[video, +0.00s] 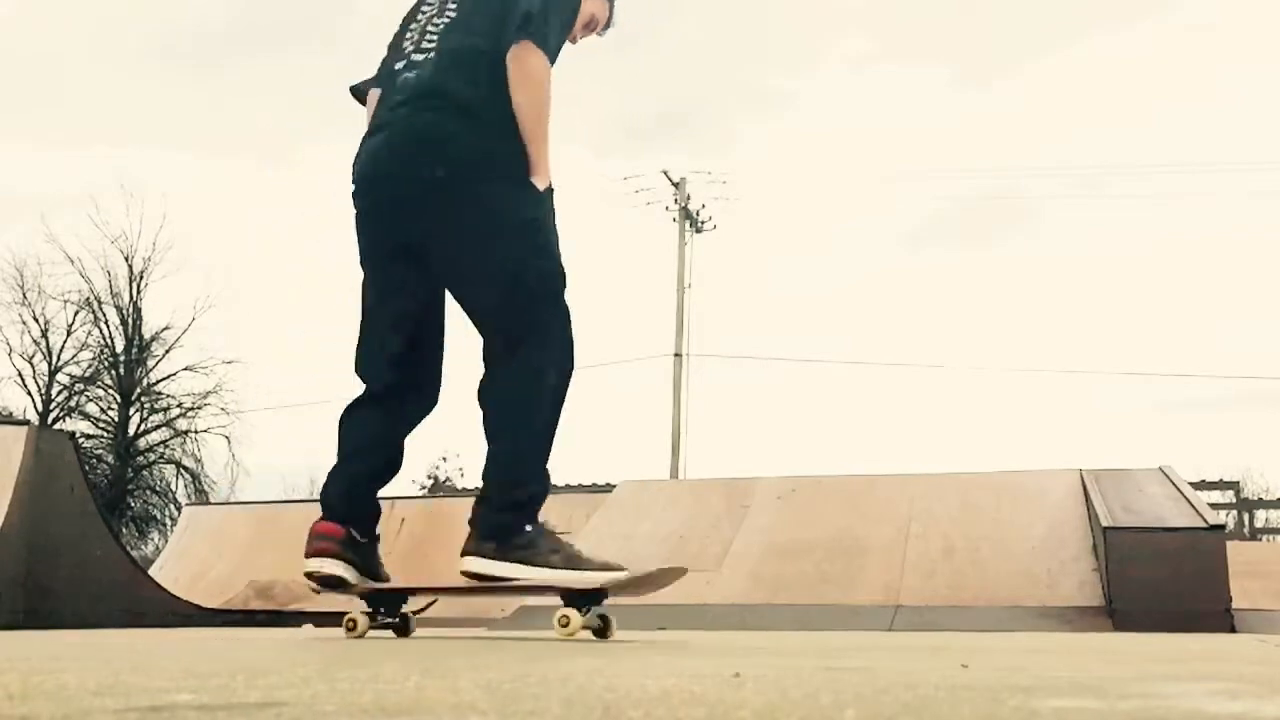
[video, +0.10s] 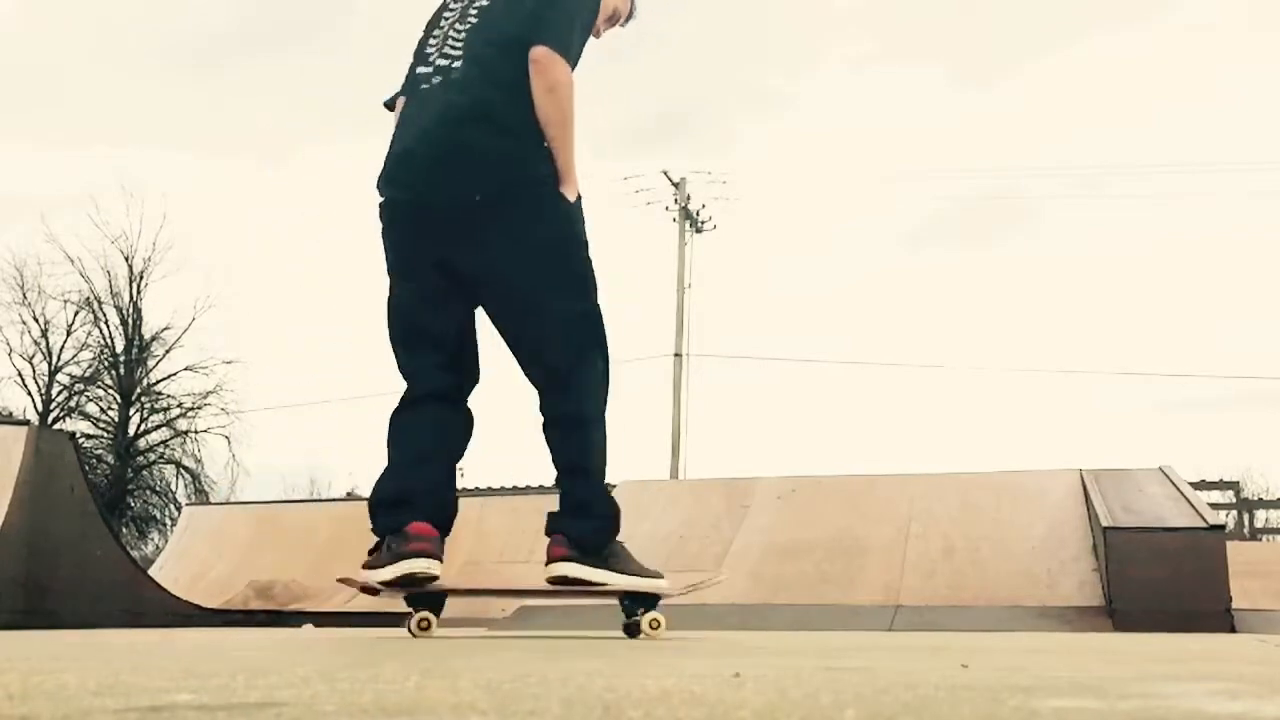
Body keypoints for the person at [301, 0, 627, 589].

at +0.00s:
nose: (583, 34)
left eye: (592, 31)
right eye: (594, 22)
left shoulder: (432, 8)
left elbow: (377, 94)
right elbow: (527, 53)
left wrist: (386, 171)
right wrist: (540, 171)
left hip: (385, 168)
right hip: (473, 163)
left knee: (399, 364)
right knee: (534, 345)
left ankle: (344, 522)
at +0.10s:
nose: (609, 25)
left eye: (616, 23)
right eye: (618, 15)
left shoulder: (458, 10)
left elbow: (404, 102)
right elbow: (547, 61)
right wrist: (567, 175)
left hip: (411, 185)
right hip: (506, 180)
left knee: (433, 373)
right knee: (572, 359)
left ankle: (411, 530)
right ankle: (584, 532)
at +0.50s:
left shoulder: (565, 8)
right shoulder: (700, 4)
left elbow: (528, 102)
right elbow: (680, 90)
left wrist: (518, 177)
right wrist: (679, 197)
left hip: (532, 189)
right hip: (628, 194)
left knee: (512, 367)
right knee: (626, 384)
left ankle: (489, 517)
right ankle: (624, 541)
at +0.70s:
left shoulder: (604, 9)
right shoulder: (741, 9)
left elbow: (568, 105)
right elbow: (730, 103)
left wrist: (560, 192)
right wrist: (724, 216)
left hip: (578, 207)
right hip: (674, 212)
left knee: (560, 371)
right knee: (670, 391)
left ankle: (537, 518)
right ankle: (662, 544)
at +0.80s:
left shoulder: (619, 11)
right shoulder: (755, 13)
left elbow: (586, 114)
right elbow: (749, 116)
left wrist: (577, 197)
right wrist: (743, 219)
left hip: (598, 212)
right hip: (694, 218)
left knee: (580, 377)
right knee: (689, 398)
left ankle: (561, 519)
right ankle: (682, 548)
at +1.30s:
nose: (626, 28)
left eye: (622, 19)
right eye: (622, 22)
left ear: (635, 3)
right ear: (675, 1)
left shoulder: (658, 23)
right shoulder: (739, 49)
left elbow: (670, 119)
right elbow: (768, 160)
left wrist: (664, 220)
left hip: (705, 232)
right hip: (768, 230)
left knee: (695, 397)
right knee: (768, 389)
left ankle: (750, 549)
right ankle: (838, 547)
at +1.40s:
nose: (626, 54)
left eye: (621, 43)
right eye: (621, 47)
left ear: (633, 16)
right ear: (671, 7)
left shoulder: (660, 34)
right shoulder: (735, 57)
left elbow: (679, 129)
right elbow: (758, 160)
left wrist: (678, 233)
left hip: (718, 244)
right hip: (766, 241)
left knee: (707, 400)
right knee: (747, 397)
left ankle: (781, 552)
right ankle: (800, 545)